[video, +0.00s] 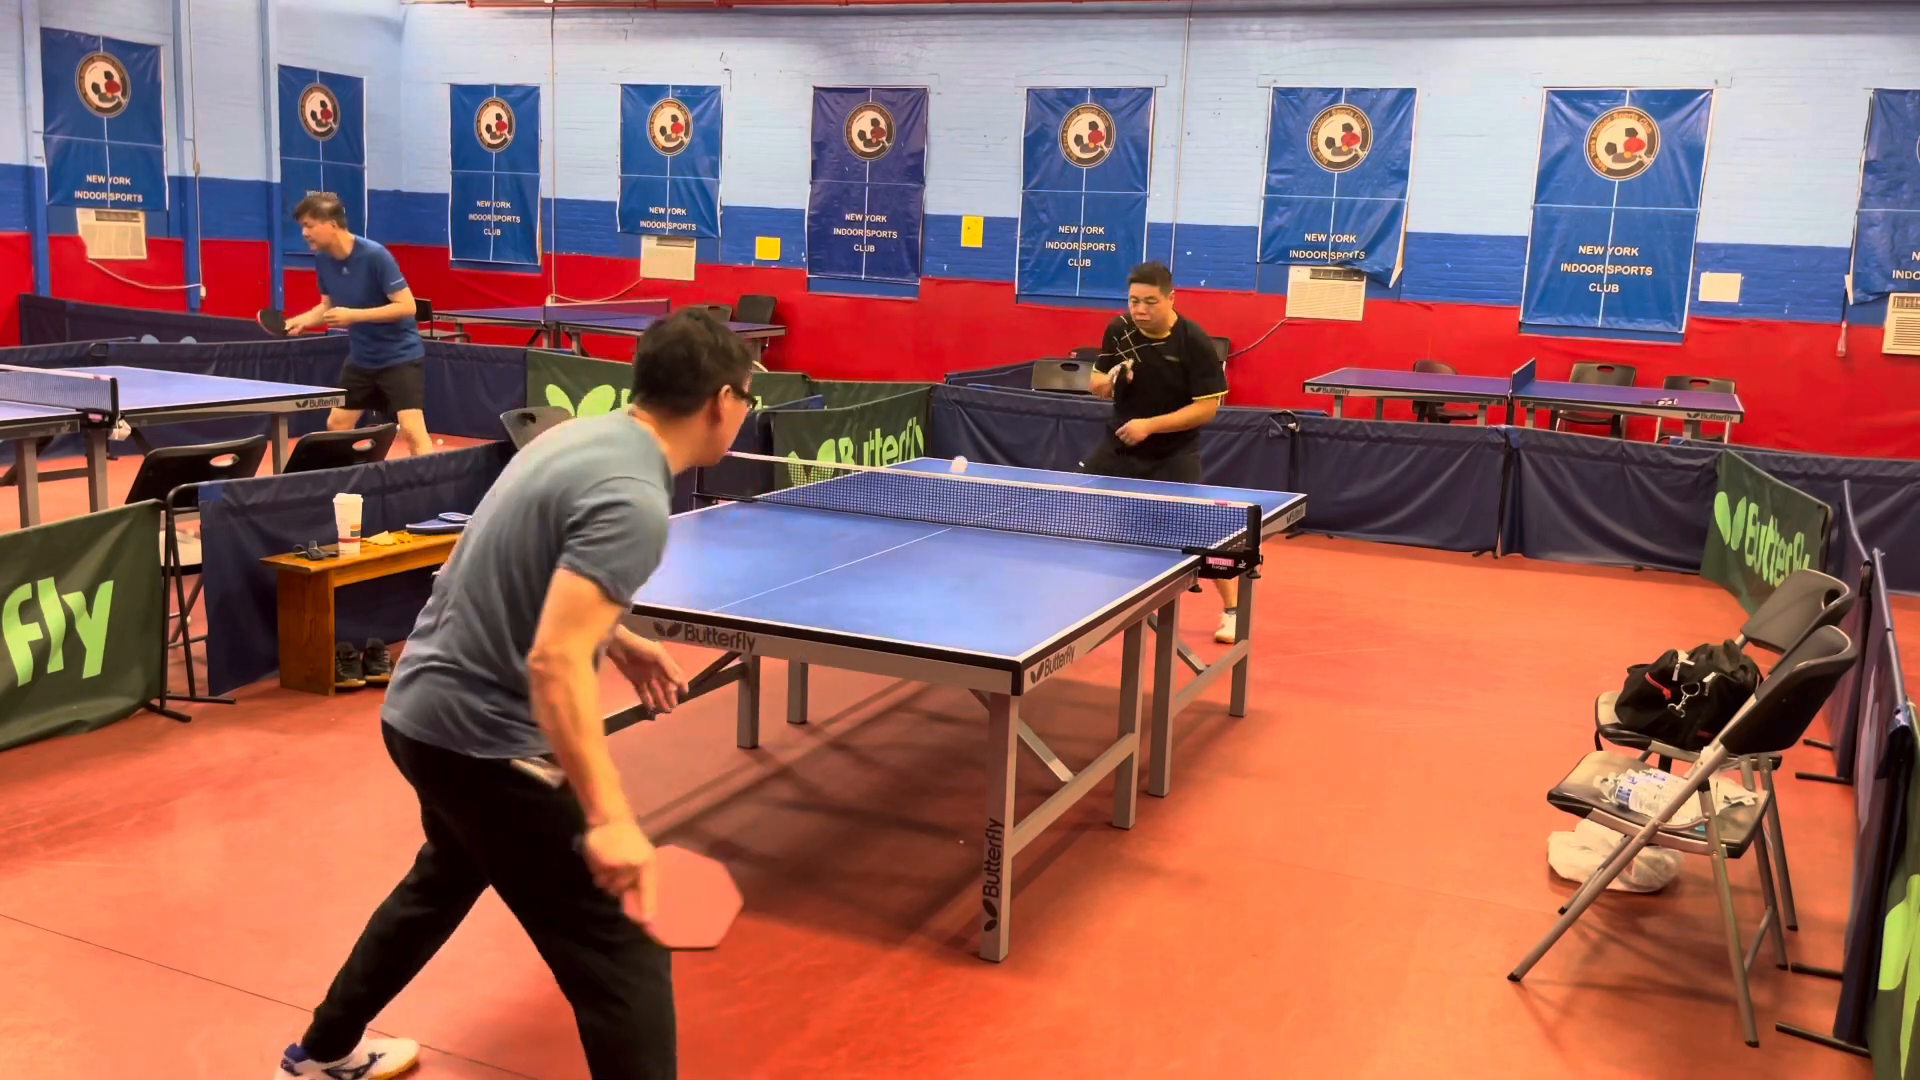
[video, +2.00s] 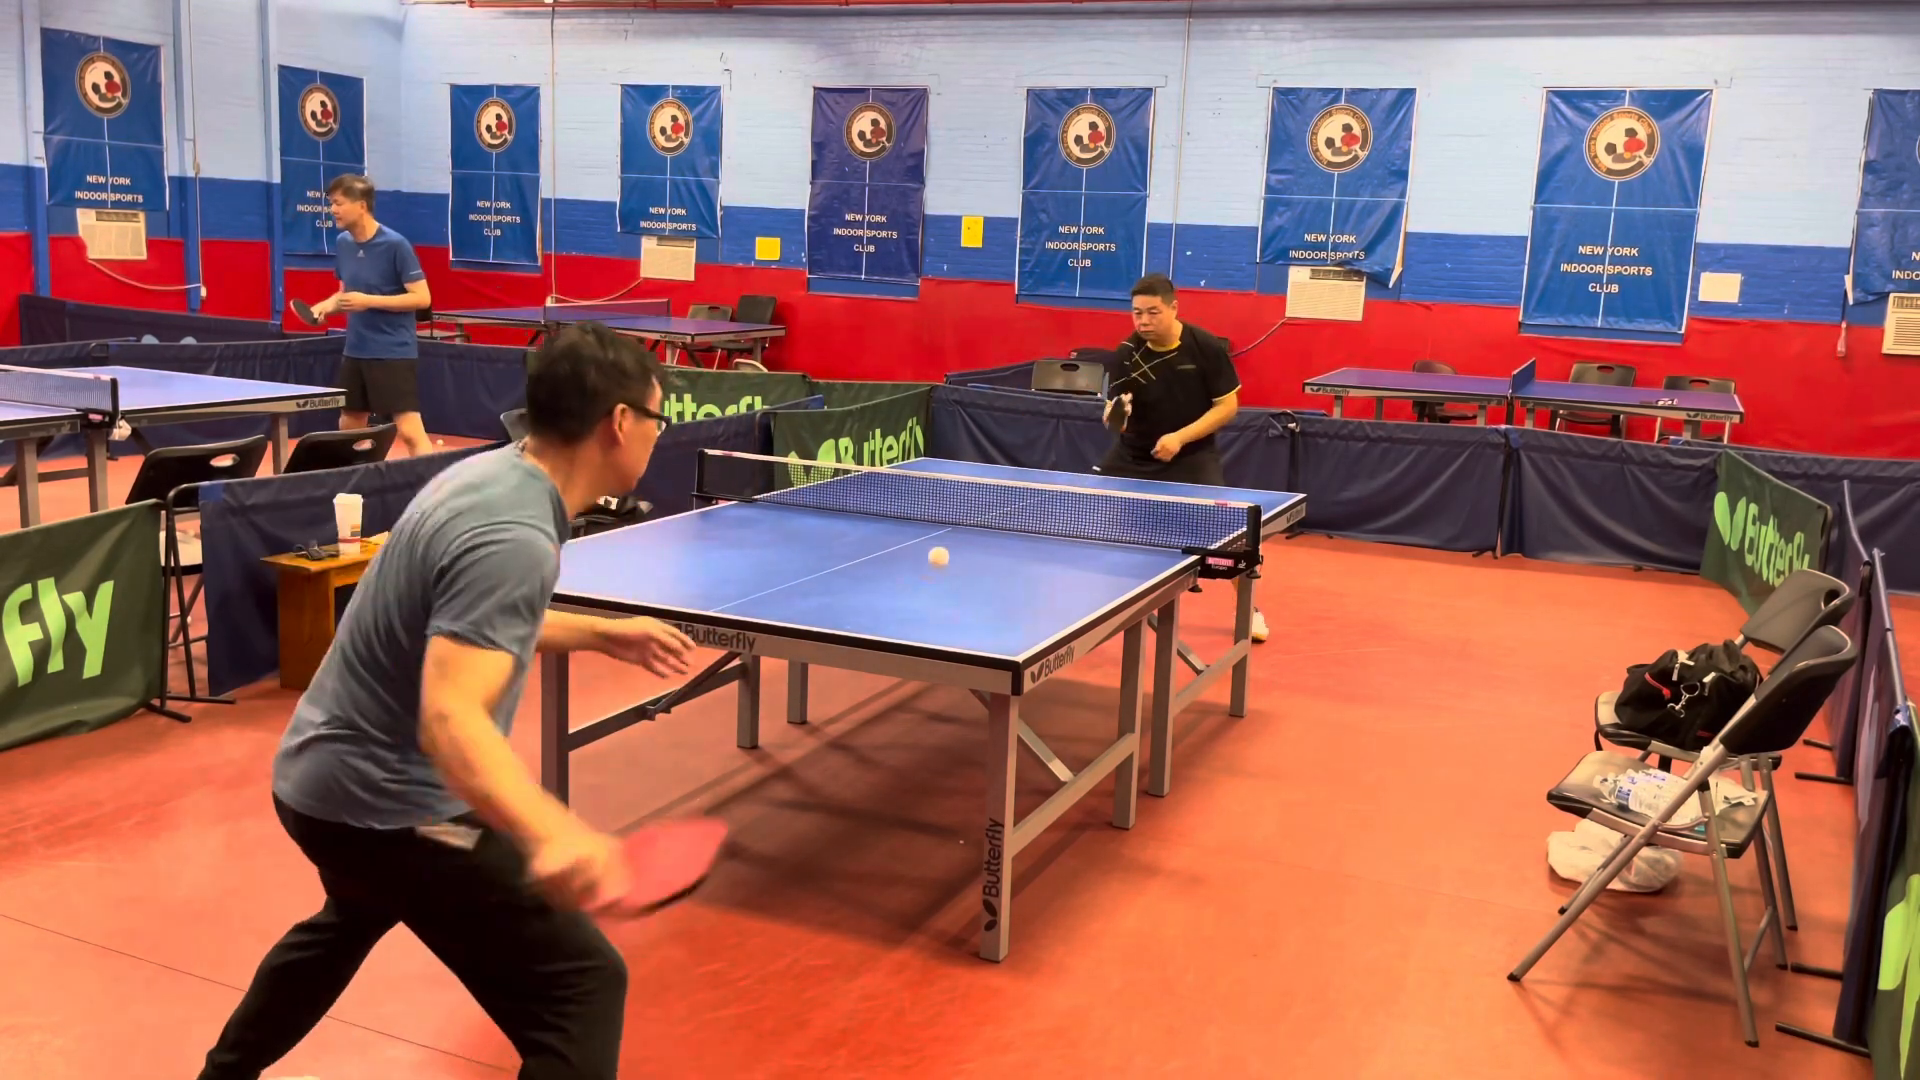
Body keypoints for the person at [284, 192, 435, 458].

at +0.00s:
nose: (304, 233)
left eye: (309, 226)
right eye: (303, 227)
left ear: (332, 225)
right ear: (325, 227)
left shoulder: (375, 255)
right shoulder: (324, 260)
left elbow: (408, 307)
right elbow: (330, 304)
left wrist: (352, 315)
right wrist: (303, 320)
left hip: (400, 358)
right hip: (361, 358)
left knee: (412, 430)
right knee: (337, 424)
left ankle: (434, 494)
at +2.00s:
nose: (333, 209)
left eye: (339, 203)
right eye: (332, 203)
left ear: (362, 206)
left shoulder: (396, 245)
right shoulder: (344, 242)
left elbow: (422, 298)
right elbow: (347, 293)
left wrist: (368, 301)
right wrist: (324, 307)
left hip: (394, 355)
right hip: (356, 353)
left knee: (410, 432)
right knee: (350, 427)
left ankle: (439, 496)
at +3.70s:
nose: (319, 267)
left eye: (323, 260)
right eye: (316, 261)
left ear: (346, 254)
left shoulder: (389, 278)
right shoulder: (328, 280)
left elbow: (421, 329)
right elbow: (312, 319)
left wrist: (368, 341)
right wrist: (292, 334)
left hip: (419, 361)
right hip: (378, 362)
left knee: (419, 431)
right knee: (342, 425)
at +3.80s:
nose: (321, 264)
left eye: (326, 256)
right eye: (318, 258)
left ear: (348, 251)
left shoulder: (393, 276)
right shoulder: (327, 274)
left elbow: (423, 327)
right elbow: (296, 303)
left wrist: (371, 338)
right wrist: (269, 314)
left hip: (418, 362)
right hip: (377, 364)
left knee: (419, 430)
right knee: (341, 425)